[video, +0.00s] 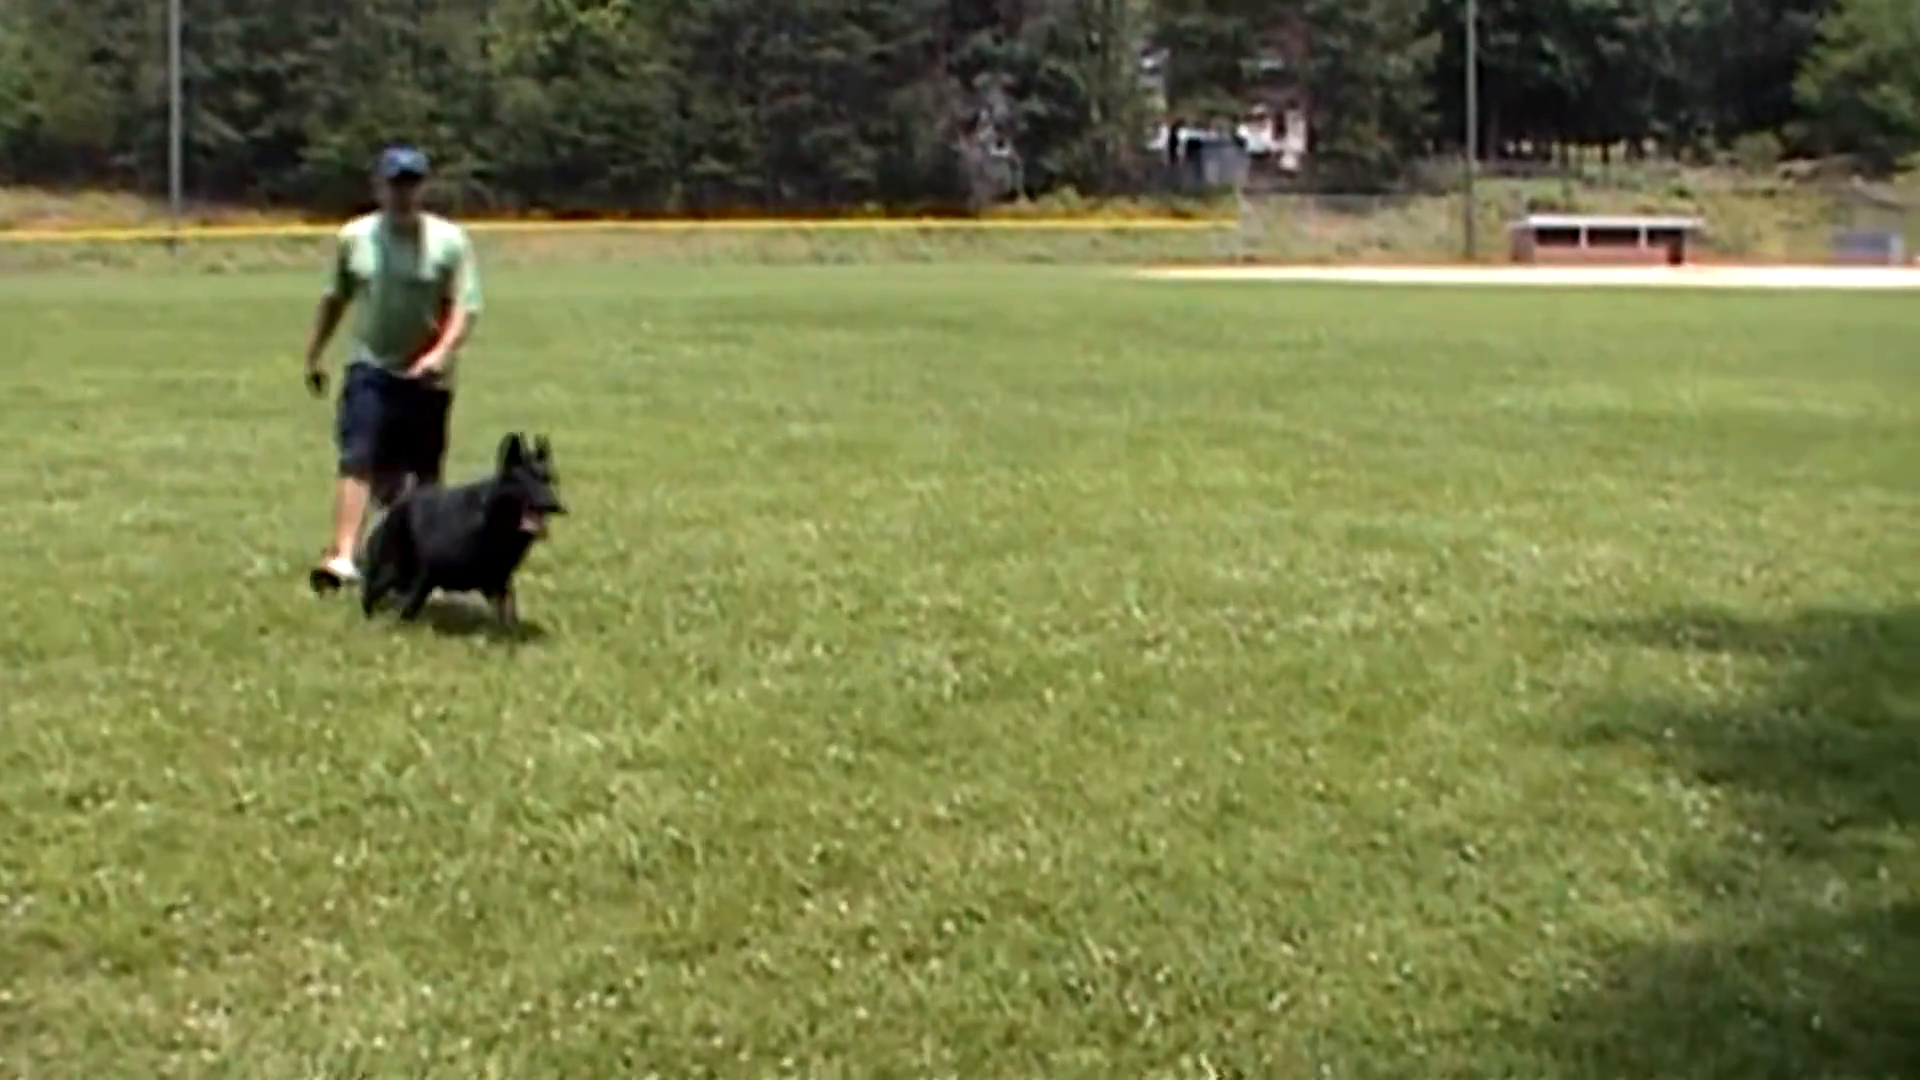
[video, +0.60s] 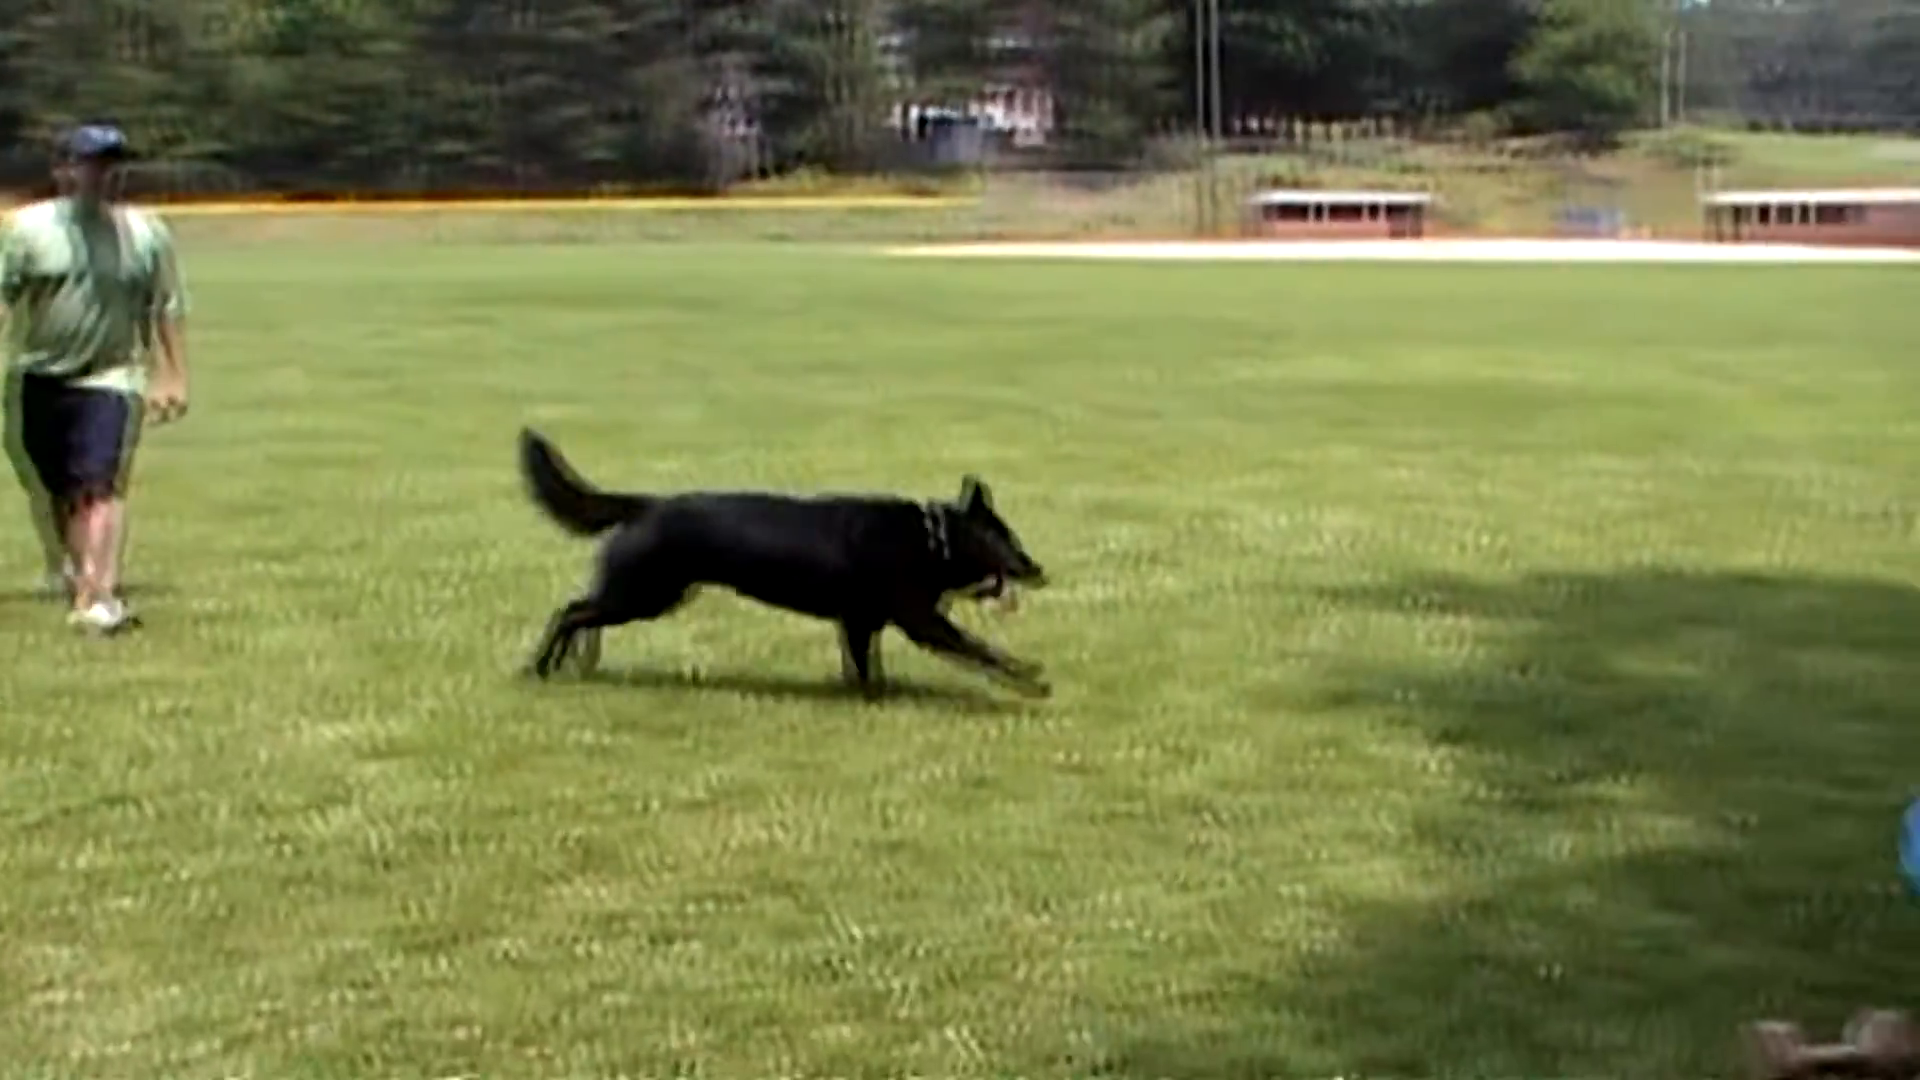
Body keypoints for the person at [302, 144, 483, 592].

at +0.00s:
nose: (402, 194)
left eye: (411, 184)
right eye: (394, 184)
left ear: (424, 188)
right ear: (378, 187)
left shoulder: (449, 241)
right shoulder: (357, 238)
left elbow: (464, 306)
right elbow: (337, 297)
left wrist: (439, 354)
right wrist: (314, 353)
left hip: (426, 372)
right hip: (371, 365)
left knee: (420, 477)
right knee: (357, 462)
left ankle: (411, 558)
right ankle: (344, 555)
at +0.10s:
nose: (360, 191)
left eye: (369, 181)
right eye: (351, 180)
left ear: (381, 186)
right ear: (334, 185)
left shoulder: (405, 240)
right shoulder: (311, 239)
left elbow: (422, 308)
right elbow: (293, 301)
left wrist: (401, 362)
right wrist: (269, 359)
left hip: (383, 375)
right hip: (329, 369)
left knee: (385, 474)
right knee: (322, 470)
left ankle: (399, 554)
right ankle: (313, 566)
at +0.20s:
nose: (328, 182)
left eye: (336, 172)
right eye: (319, 171)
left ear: (348, 177)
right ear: (301, 177)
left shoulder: (371, 233)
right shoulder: (276, 231)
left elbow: (387, 306)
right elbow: (259, 300)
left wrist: (378, 367)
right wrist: (235, 361)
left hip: (343, 371)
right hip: (288, 365)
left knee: (347, 471)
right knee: (284, 472)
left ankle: (359, 520)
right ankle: (291, 562)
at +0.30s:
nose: (303, 168)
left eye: (311, 157)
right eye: (293, 158)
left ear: (322, 163)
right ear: (272, 163)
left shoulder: (347, 220)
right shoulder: (247, 217)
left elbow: (364, 295)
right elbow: (224, 285)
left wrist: (365, 355)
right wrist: (201, 343)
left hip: (320, 355)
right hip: (260, 353)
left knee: (311, 456)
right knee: (260, 465)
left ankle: (316, 516)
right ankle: (269, 556)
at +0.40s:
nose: (257, 165)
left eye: (264, 154)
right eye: (247, 154)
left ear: (276, 159)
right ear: (227, 159)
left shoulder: (301, 219)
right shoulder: (190, 215)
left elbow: (325, 293)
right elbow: (160, 277)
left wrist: (329, 355)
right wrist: (146, 332)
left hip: (272, 347)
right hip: (210, 347)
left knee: (267, 451)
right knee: (218, 463)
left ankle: (264, 552)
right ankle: (227, 558)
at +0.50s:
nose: (180, 171)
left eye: (187, 160)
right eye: (170, 160)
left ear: (198, 166)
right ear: (149, 165)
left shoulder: (225, 225)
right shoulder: (112, 222)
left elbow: (249, 298)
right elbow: (75, 279)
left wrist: (255, 362)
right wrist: (65, 334)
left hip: (195, 355)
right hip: (132, 356)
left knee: (185, 465)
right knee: (145, 472)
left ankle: (183, 573)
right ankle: (153, 564)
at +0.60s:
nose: (104, 177)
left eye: (111, 166)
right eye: (92, 166)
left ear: (120, 172)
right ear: (66, 171)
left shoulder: (146, 234)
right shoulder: (29, 231)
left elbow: (166, 309)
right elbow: (6, 297)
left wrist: (173, 376)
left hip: (112, 370)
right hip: (44, 371)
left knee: (98, 482)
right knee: (59, 487)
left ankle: (98, 593)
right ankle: (74, 570)